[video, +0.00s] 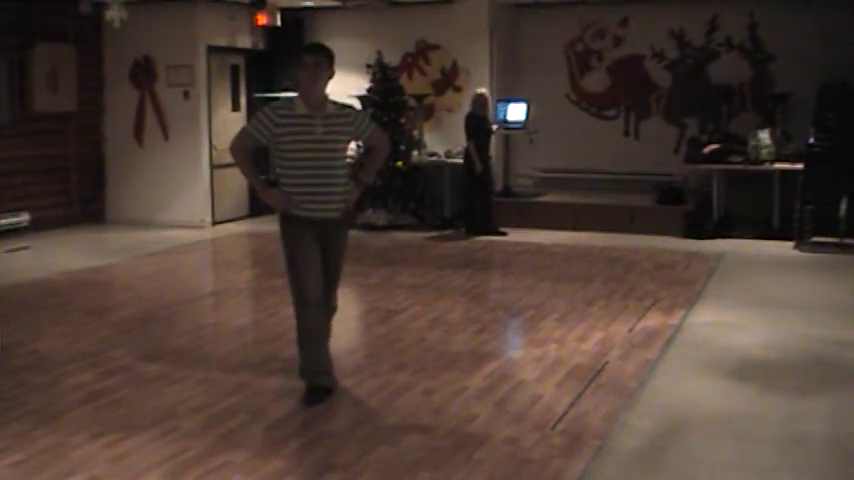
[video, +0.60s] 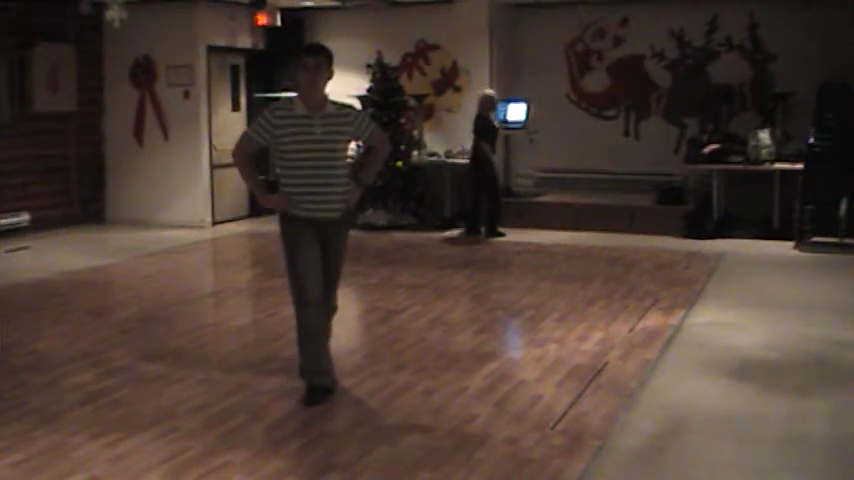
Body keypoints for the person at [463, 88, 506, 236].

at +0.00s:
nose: (485, 104)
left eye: (486, 101)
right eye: (482, 101)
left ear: (484, 102)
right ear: (478, 103)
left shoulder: (483, 118)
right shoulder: (472, 118)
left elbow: (484, 131)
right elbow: (471, 142)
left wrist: (492, 129)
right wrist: (477, 162)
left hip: (483, 158)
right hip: (476, 159)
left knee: (485, 191)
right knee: (479, 191)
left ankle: (487, 223)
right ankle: (478, 225)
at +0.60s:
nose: (495, 105)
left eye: (494, 102)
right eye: (492, 102)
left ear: (485, 103)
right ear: (486, 103)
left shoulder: (485, 118)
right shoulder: (482, 119)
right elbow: (482, 142)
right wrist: (491, 157)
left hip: (482, 160)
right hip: (482, 160)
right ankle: (491, 226)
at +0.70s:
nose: (497, 105)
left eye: (497, 101)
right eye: (495, 101)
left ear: (487, 102)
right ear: (488, 102)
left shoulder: (486, 118)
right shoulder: (486, 119)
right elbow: (487, 142)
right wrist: (495, 158)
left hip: (483, 158)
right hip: (486, 159)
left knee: (482, 192)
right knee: (492, 192)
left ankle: (476, 225)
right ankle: (490, 226)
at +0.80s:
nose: (500, 103)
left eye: (499, 100)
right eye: (497, 100)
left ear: (490, 102)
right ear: (491, 102)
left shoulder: (493, 117)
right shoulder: (488, 118)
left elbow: (495, 140)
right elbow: (486, 143)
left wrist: (499, 152)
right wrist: (498, 158)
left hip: (489, 160)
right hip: (488, 160)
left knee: (490, 193)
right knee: (493, 193)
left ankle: (482, 223)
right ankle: (490, 226)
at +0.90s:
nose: (500, 103)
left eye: (500, 100)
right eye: (497, 100)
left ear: (500, 101)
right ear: (491, 100)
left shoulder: (498, 118)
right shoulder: (489, 118)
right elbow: (488, 144)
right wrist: (495, 162)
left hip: (498, 159)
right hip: (490, 160)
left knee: (497, 193)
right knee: (494, 193)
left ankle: (492, 225)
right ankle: (489, 226)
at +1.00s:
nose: (500, 103)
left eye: (502, 100)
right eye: (497, 100)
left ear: (505, 101)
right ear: (492, 101)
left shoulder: (506, 119)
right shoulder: (488, 119)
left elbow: (507, 144)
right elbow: (486, 145)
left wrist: (507, 167)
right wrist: (490, 166)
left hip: (503, 163)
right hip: (493, 163)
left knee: (499, 197)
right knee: (493, 197)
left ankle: (497, 228)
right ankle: (491, 229)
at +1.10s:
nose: (501, 108)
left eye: (504, 104)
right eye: (498, 104)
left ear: (508, 105)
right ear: (493, 104)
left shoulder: (512, 123)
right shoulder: (489, 122)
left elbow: (517, 148)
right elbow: (485, 148)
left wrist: (515, 170)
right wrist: (484, 169)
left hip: (506, 166)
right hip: (493, 165)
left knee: (500, 196)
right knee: (498, 196)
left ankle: (493, 229)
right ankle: (504, 231)